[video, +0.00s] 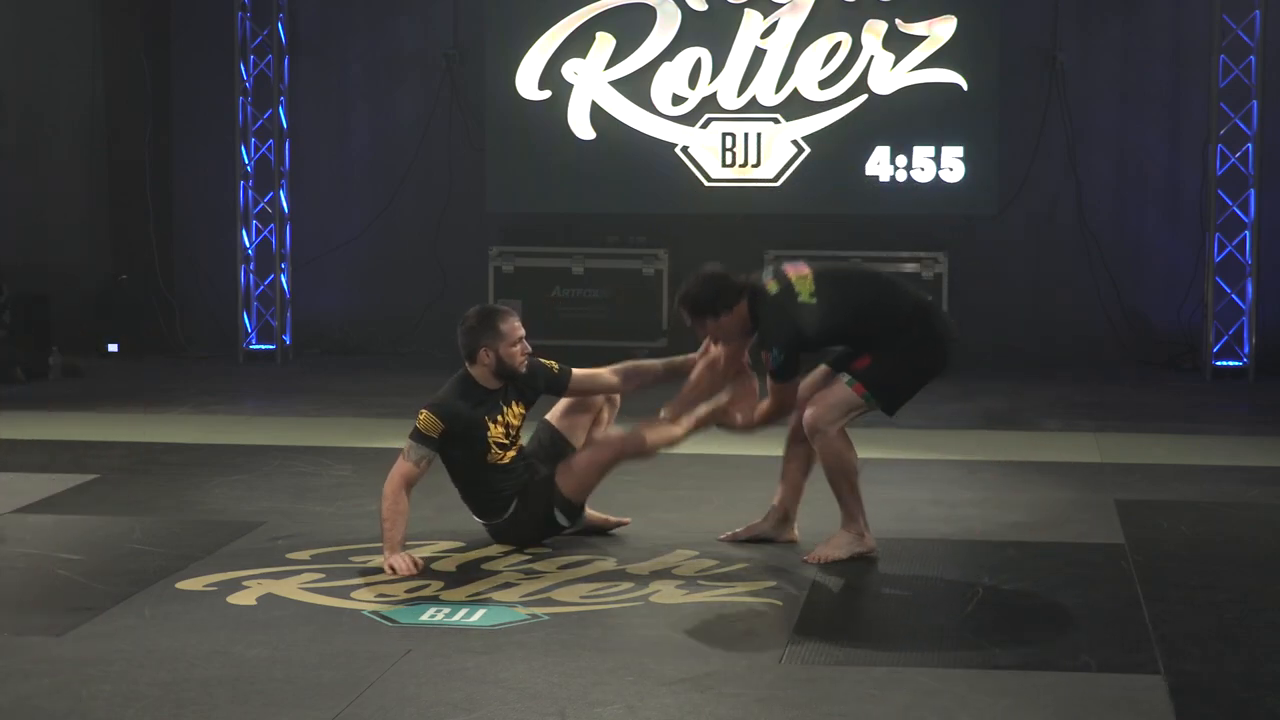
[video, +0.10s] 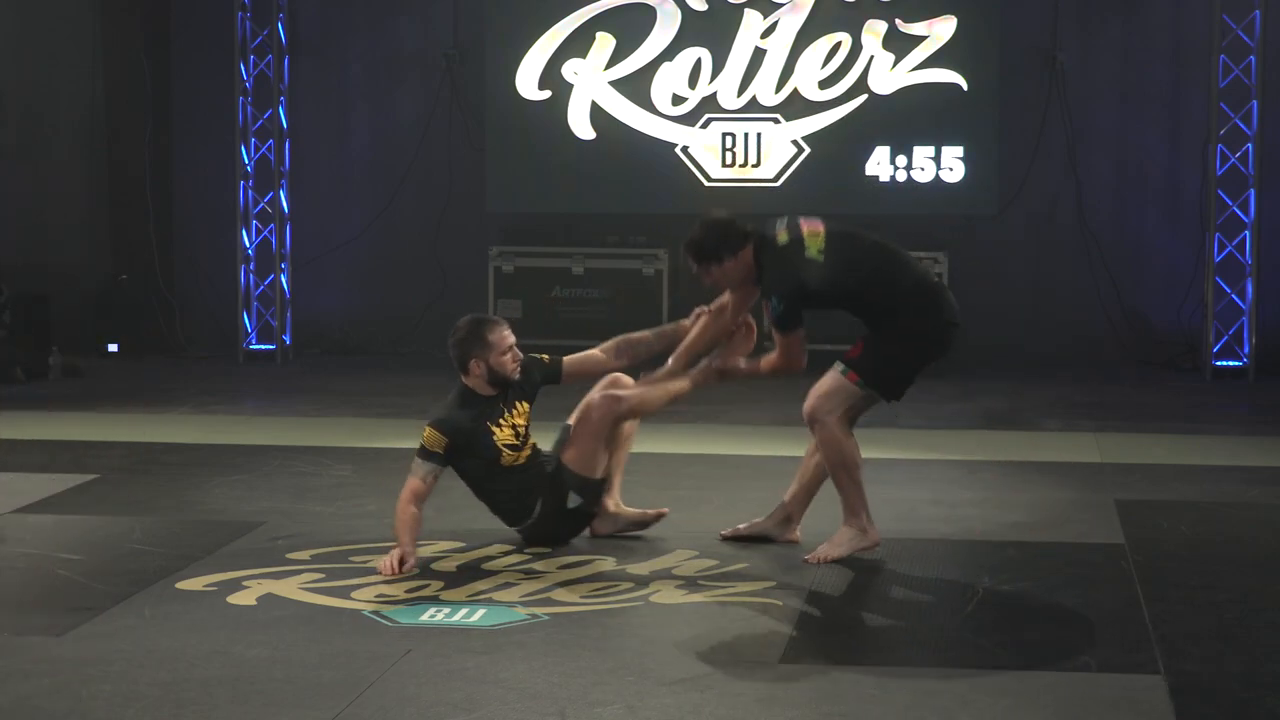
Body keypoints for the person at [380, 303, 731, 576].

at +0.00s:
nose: (528, 349)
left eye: (524, 339)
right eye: (518, 343)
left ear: (497, 352)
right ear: (486, 356)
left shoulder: (522, 373)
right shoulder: (447, 409)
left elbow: (614, 378)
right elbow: (398, 483)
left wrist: (691, 362)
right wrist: (392, 550)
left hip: (527, 473)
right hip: (514, 515)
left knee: (601, 396)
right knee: (609, 444)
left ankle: (570, 513)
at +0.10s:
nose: (518, 356)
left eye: (515, 348)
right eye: (506, 353)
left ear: (509, 349)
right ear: (475, 368)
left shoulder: (521, 372)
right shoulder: (451, 424)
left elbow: (611, 354)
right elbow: (412, 497)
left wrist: (688, 328)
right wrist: (406, 548)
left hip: (557, 487)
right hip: (542, 520)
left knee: (618, 383)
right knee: (606, 401)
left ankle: (608, 511)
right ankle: (707, 371)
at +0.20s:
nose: (513, 365)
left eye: (508, 356)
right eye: (501, 362)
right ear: (474, 381)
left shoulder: (519, 380)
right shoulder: (460, 444)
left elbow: (604, 349)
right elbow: (437, 518)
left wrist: (666, 309)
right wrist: (460, 548)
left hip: (586, 487)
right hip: (569, 520)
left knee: (667, 398)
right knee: (598, 404)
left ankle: (621, 511)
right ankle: (692, 332)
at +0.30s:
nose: (508, 377)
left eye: (502, 370)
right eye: (496, 376)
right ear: (471, 398)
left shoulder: (513, 387)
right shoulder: (463, 460)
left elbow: (587, 346)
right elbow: (441, 535)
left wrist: (627, 293)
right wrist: (487, 539)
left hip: (594, 480)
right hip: (581, 519)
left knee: (681, 394)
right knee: (584, 418)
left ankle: (632, 507)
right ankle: (657, 325)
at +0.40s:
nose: (503, 378)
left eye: (497, 369)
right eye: (491, 378)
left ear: (500, 365)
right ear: (466, 400)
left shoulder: (510, 379)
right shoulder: (454, 457)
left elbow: (578, 333)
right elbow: (438, 532)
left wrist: (626, 285)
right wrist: (472, 537)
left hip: (593, 480)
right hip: (568, 519)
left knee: (679, 393)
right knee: (574, 433)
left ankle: (630, 509)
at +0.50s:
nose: (503, 377)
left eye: (498, 367)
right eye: (490, 378)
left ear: (496, 360)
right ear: (462, 398)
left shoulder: (512, 370)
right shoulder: (447, 446)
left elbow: (584, 335)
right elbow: (441, 529)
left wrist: (627, 311)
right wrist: (465, 549)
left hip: (566, 462)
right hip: (537, 513)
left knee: (657, 387)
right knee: (574, 478)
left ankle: (626, 513)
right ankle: (673, 493)